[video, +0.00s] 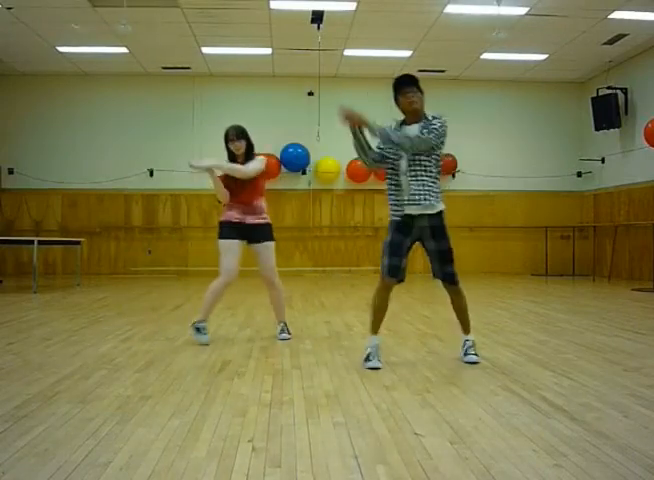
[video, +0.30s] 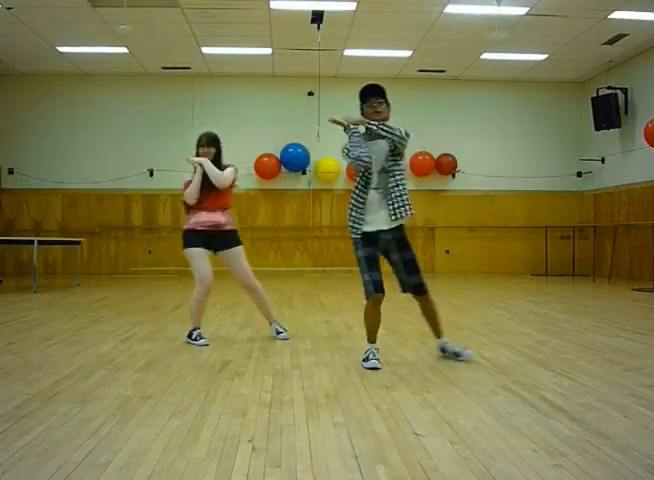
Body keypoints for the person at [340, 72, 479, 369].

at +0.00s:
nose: (412, 98)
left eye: (416, 93)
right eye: (406, 95)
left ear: (423, 97)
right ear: (398, 102)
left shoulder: (437, 124)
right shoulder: (392, 135)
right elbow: (372, 160)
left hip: (432, 215)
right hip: (401, 216)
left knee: (451, 282)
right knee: (386, 281)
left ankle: (468, 340)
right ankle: (372, 344)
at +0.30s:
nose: (377, 110)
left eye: (381, 105)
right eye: (371, 106)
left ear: (389, 108)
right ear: (363, 112)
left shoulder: (398, 136)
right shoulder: (355, 142)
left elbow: (385, 136)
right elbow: (362, 162)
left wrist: (359, 123)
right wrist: (353, 129)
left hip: (392, 226)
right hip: (363, 229)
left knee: (419, 288)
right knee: (375, 294)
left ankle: (442, 343)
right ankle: (370, 348)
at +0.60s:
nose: (351, 109)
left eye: (356, 105)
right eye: (347, 103)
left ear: (358, 108)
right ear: (333, 102)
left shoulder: (354, 138)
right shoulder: (320, 134)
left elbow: (380, 148)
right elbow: (358, 137)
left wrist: (394, 113)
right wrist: (394, 104)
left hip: (359, 219)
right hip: (335, 220)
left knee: (364, 285)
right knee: (356, 287)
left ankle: (318, 322)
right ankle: (368, 347)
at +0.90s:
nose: (321, 111)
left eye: (325, 106)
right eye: (316, 105)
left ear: (329, 108)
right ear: (303, 106)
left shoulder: (330, 141)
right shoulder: (284, 129)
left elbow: (321, 178)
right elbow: (293, 139)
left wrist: (328, 147)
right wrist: (332, 134)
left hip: (315, 217)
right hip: (289, 212)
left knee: (308, 284)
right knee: (294, 278)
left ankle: (284, 334)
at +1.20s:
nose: (288, 111)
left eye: (292, 106)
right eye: (281, 107)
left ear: (298, 110)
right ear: (271, 112)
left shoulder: (307, 145)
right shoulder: (255, 149)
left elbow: (313, 181)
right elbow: (250, 191)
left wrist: (286, 154)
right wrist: (264, 160)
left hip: (291, 231)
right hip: (260, 229)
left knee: (307, 297)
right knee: (239, 294)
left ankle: (292, 332)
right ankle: (219, 349)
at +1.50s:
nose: (302, 103)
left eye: (305, 98)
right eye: (295, 100)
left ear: (311, 103)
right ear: (284, 107)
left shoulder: (323, 137)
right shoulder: (278, 145)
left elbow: (345, 165)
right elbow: (296, 185)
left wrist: (363, 177)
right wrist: (334, 186)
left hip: (327, 227)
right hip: (296, 229)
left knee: (351, 288)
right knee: (271, 292)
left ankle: (353, 343)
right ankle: (232, 344)